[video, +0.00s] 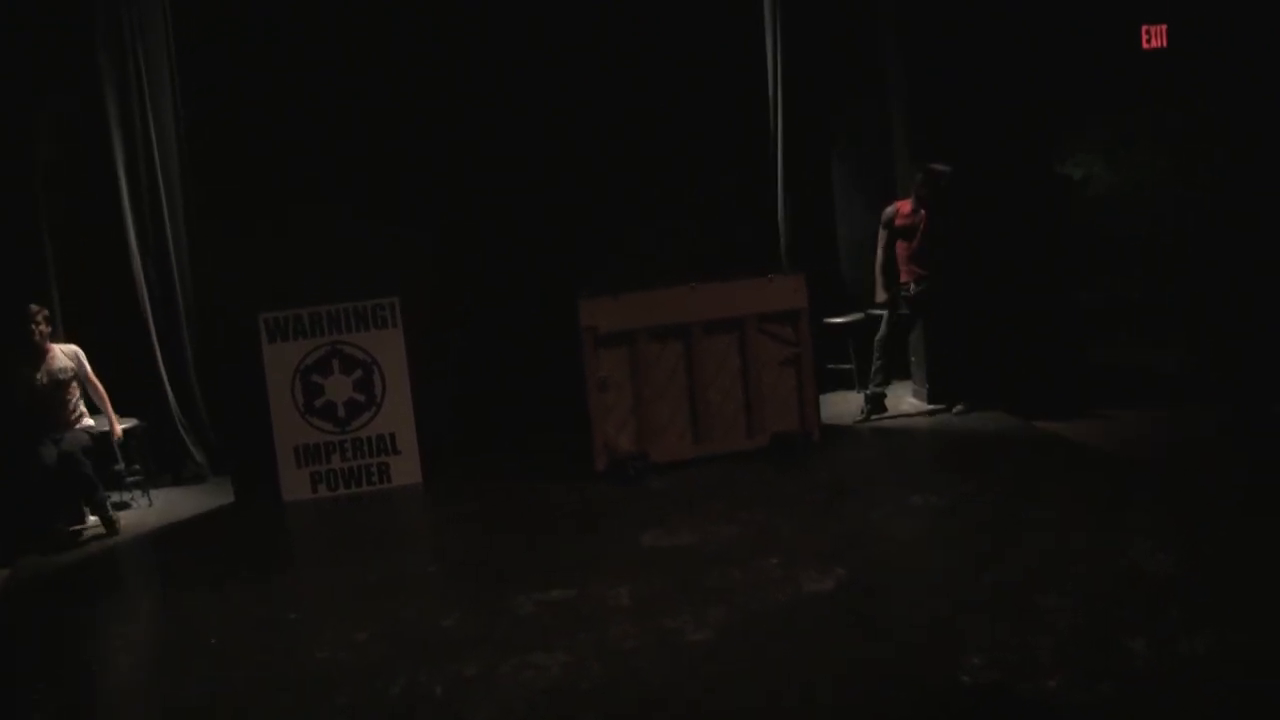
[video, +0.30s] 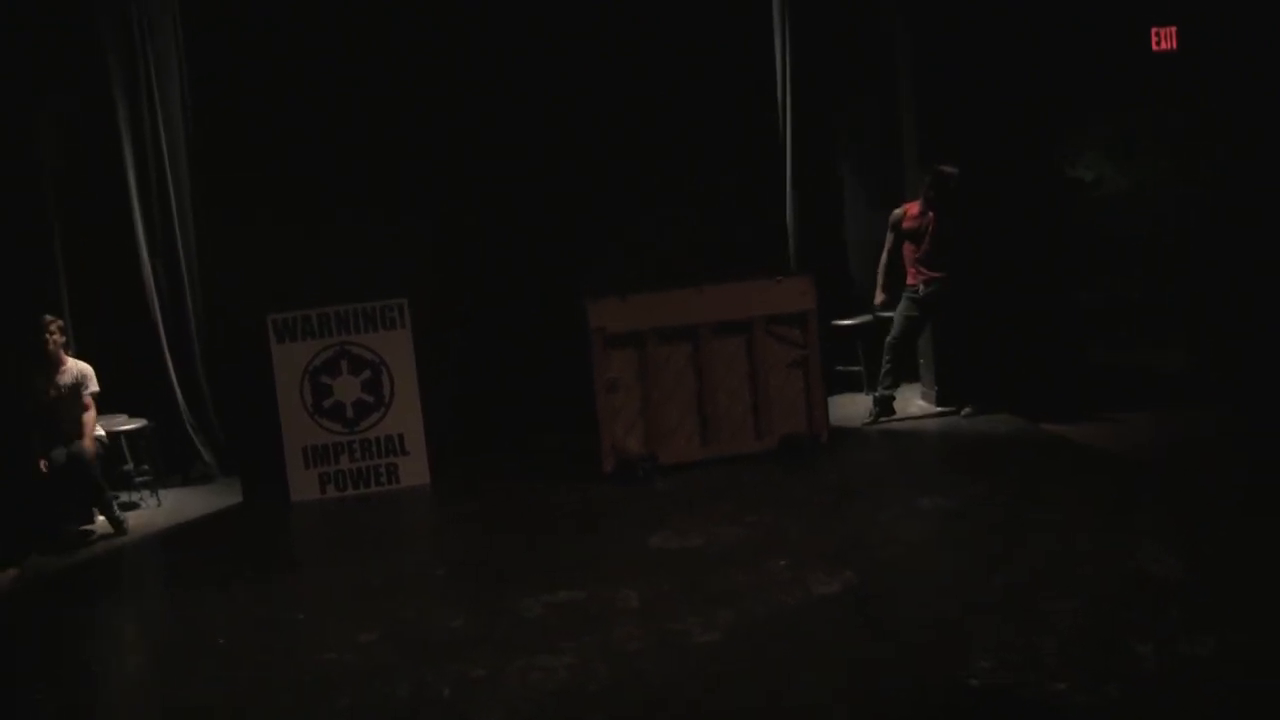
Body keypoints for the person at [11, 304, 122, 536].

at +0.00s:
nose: (34, 330)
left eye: (38, 324)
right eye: (29, 326)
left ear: (48, 326)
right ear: (24, 330)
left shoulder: (71, 353)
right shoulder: (23, 363)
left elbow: (94, 387)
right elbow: (19, 404)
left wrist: (113, 422)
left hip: (78, 426)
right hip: (46, 432)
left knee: (69, 452)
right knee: (44, 463)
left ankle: (103, 511)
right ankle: (59, 523)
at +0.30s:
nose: (48, 339)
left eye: (52, 334)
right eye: (44, 335)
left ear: (62, 337)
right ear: (39, 339)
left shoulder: (81, 370)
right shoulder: (36, 375)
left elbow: (89, 408)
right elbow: (34, 419)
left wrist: (87, 440)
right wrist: (39, 452)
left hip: (82, 433)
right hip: (55, 436)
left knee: (82, 459)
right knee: (57, 465)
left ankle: (110, 513)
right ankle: (69, 525)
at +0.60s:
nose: (74, 351)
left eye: (79, 345)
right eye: (70, 346)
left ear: (88, 350)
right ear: (63, 351)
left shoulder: (104, 388)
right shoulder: (51, 387)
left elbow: (104, 431)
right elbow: (50, 425)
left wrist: (88, 454)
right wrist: (52, 454)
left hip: (101, 439)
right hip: (67, 440)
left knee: (99, 474)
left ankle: (112, 514)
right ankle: (68, 524)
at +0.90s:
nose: (90, 344)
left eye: (95, 337)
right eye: (86, 338)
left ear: (104, 340)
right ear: (79, 341)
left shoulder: (122, 368)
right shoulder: (69, 373)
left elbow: (133, 404)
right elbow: (61, 409)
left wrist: (132, 435)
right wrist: (70, 433)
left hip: (115, 426)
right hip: (83, 429)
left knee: (120, 468)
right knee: (90, 474)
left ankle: (130, 510)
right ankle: (97, 521)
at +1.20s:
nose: (89, 265)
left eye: (93, 258)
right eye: (82, 259)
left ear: (101, 261)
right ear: (74, 264)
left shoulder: (118, 297)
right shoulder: (57, 299)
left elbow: (124, 339)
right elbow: (47, 340)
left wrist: (125, 373)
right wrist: (52, 373)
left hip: (110, 384)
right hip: (72, 385)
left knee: (113, 450)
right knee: (77, 450)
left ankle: (116, 514)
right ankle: (79, 515)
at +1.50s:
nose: (89, 315)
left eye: (94, 309)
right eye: (84, 309)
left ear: (105, 313)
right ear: (78, 314)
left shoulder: (120, 356)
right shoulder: (62, 351)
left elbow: (131, 397)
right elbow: (56, 389)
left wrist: (130, 429)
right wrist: (64, 421)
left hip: (109, 431)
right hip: (74, 430)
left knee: (110, 488)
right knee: (85, 488)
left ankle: (109, 545)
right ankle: (94, 548)